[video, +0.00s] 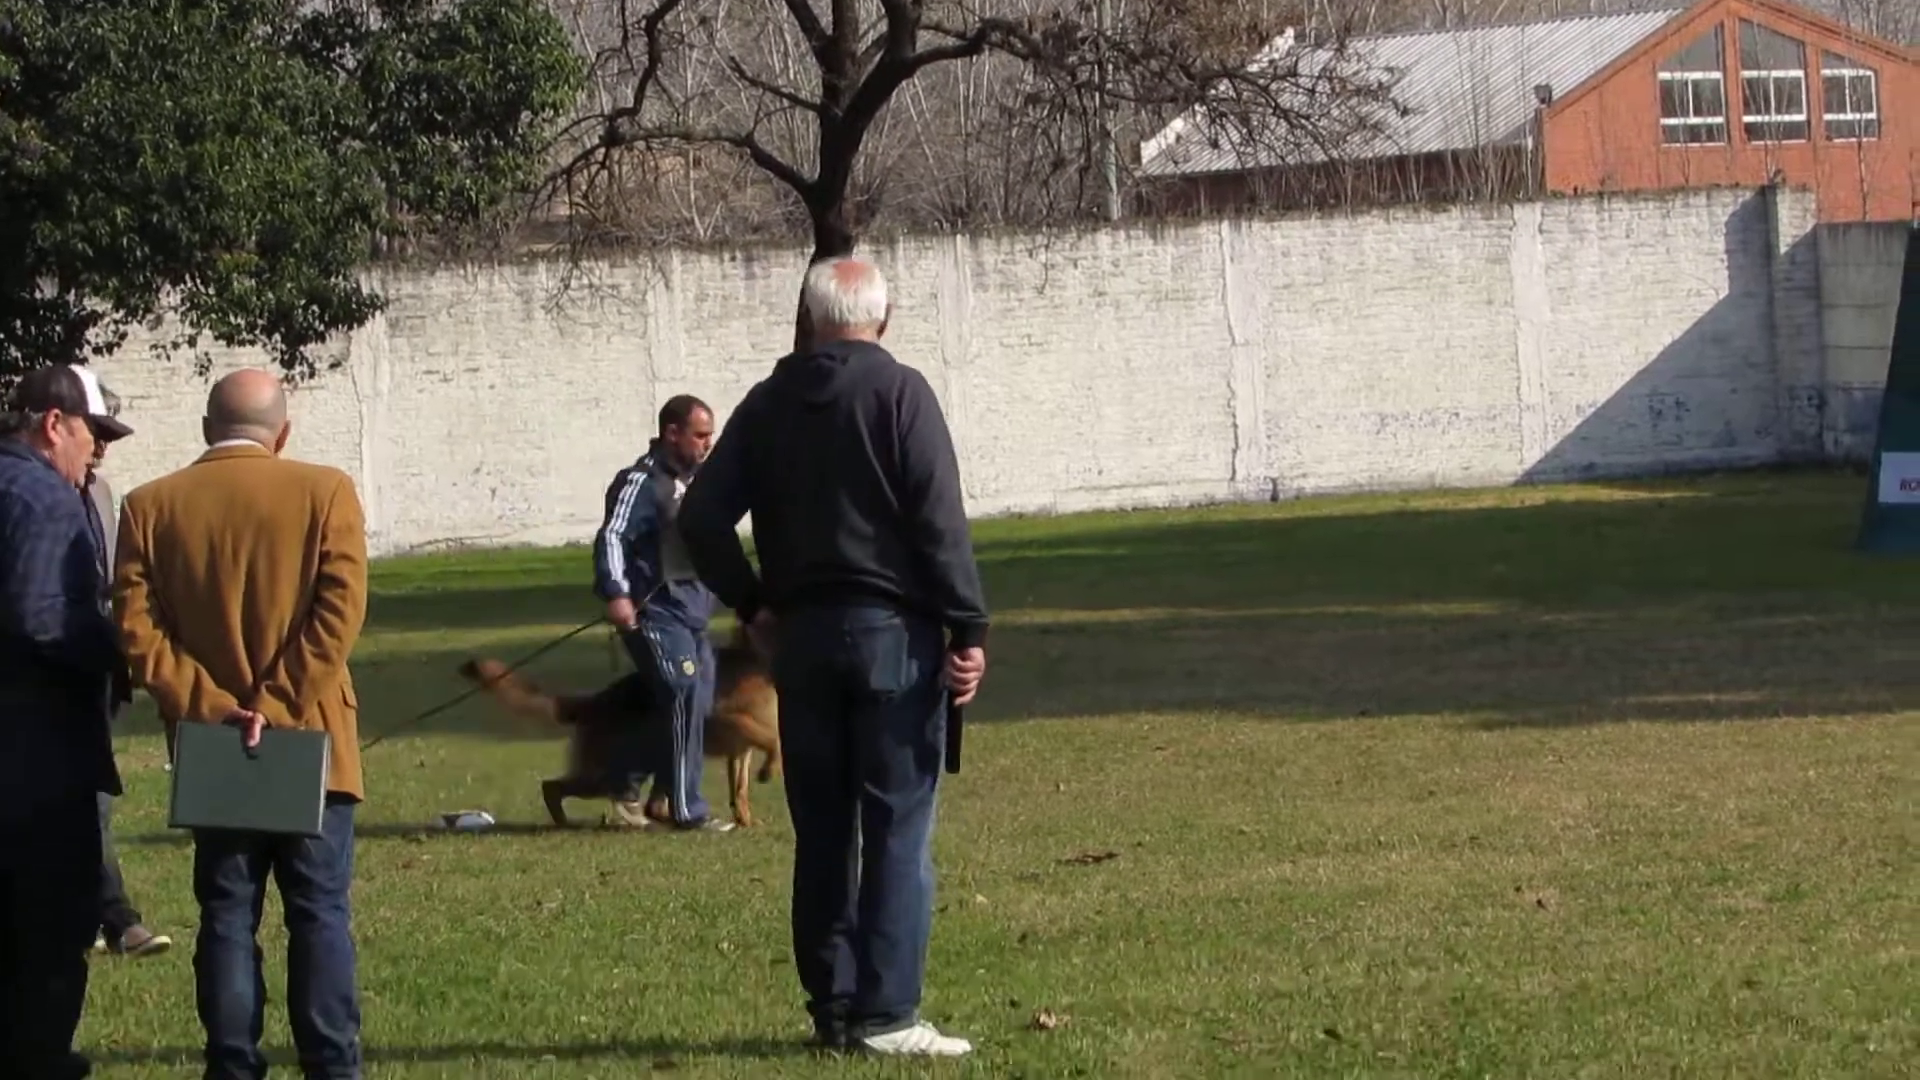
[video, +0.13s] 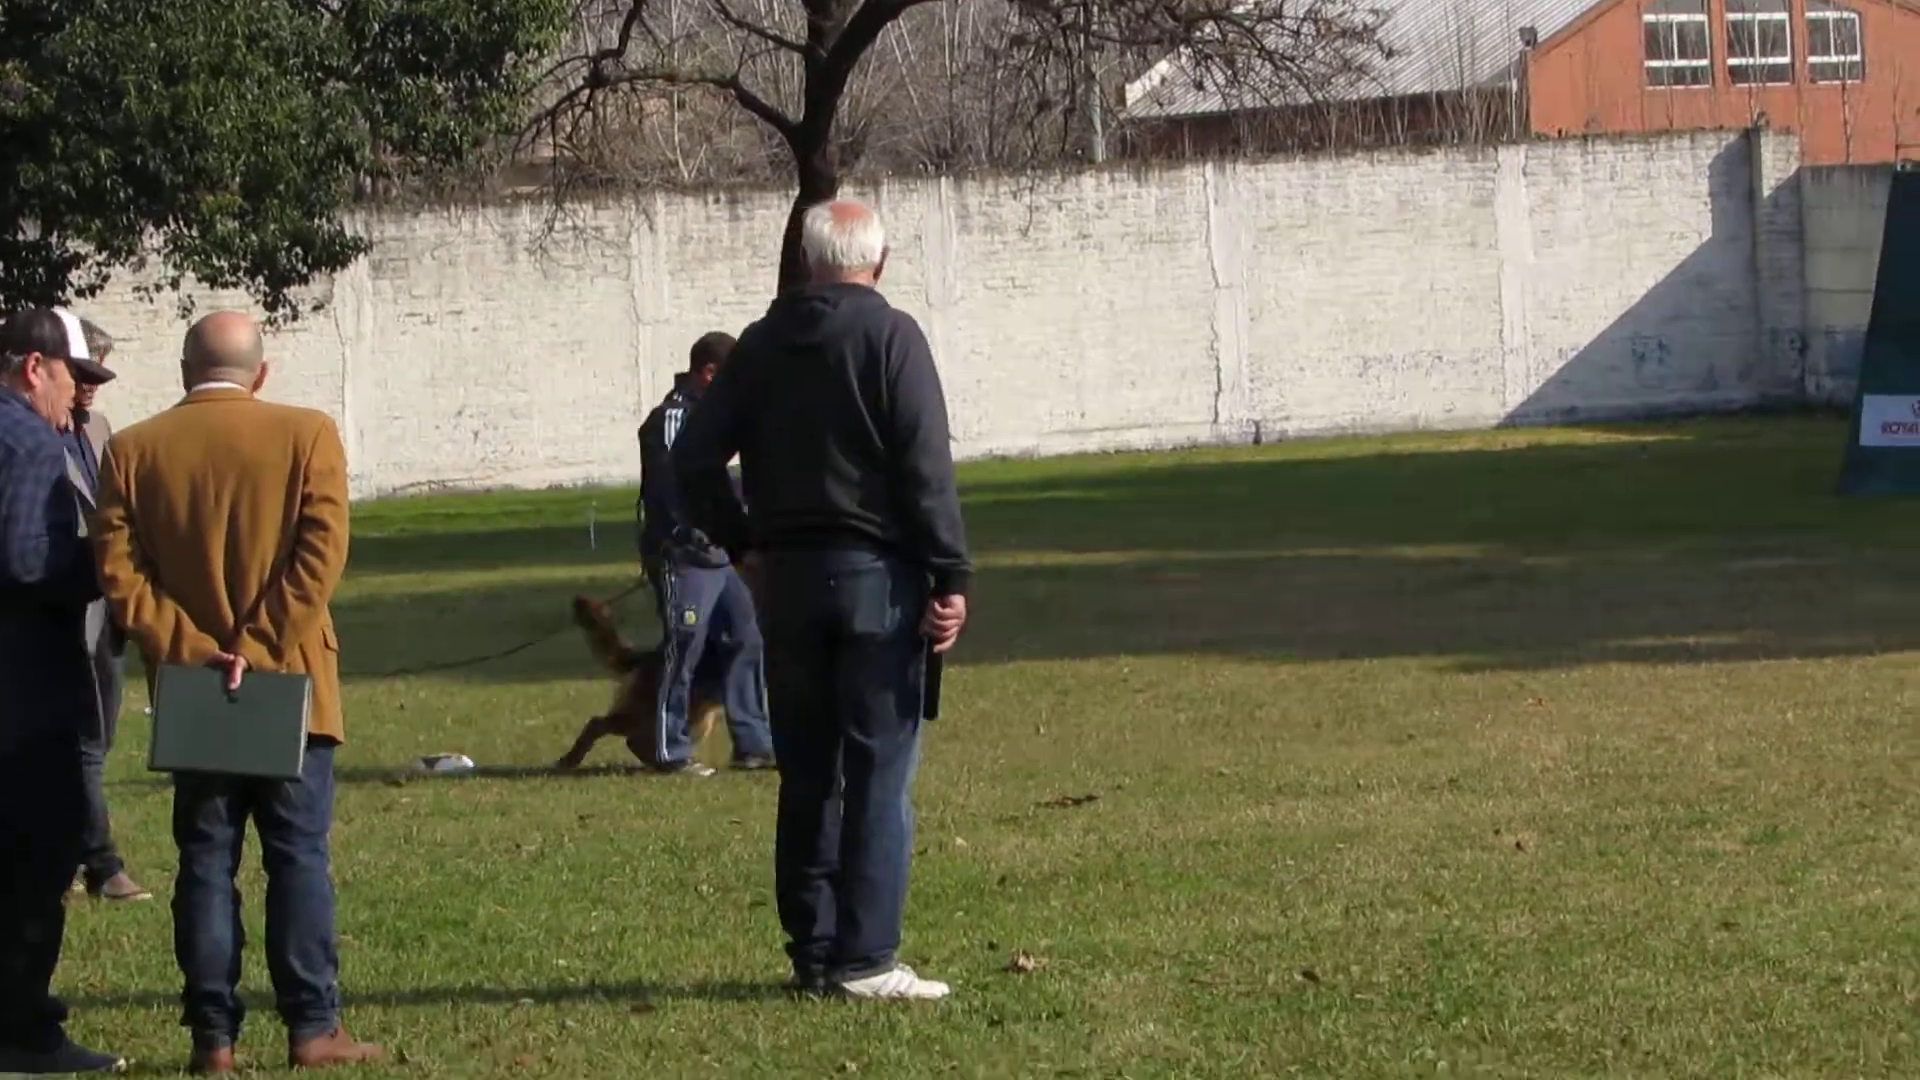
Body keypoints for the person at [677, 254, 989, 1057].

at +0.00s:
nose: (890, 326)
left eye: (886, 316)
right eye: (888, 316)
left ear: (803, 322)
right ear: (881, 321)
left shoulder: (765, 401)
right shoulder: (899, 391)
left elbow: (700, 516)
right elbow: (938, 521)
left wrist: (751, 602)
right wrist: (970, 627)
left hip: (800, 640)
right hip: (891, 636)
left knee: (819, 826)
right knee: (900, 822)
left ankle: (833, 1009)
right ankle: (888, 1016)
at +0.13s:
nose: (887, 267)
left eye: (882, 255)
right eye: (886, 257)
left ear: (801, 258)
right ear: (876, 263)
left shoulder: (761, 340)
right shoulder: (890, 335)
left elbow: (695, 457)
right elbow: (925, 467)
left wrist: (740, 543)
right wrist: (951, 572)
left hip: (785, 584)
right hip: (873, 579)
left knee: (806, 771)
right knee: (879, 770)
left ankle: (813, 953)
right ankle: (867, 960)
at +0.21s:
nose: (870, 229)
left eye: (866, 217)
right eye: (868, 219)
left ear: (783, 219)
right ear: (856, 224)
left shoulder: (738, 302)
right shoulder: (870, 296)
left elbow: (671, 409)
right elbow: (904, 430)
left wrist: (716, 500)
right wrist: (927, 537)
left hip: (763, 545)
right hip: (852, 542)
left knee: (785, 732)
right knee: (857, 733)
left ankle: (791, 914)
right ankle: (844, 921)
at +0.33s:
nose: (832, 191)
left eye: (827, 179)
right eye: (831, 180)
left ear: (749, 176)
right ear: (819, 184)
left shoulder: (701, 257)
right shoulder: (829, 256)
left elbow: (628, 369)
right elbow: (862, 392)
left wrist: (681, 462)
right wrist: (881, 502)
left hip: (721, 504)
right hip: (806, 502)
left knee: (742, 691)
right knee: (810, 693)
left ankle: (743, 877)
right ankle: (797, 882)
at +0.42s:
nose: (804, 173)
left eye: (799, 161)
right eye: (802, 162)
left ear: (723, 157)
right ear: (789, 165)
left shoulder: (674, 236)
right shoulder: (798, 238)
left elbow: (600, 352)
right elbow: (830, 373)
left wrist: (653, 442)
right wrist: (850, 484)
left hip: (692, 482)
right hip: (776, 481)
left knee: (711, 670)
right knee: (783, 672)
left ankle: (703, 859)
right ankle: (769, 864)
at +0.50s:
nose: (774, 159)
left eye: (768, 147)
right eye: (773, 148)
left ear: (694, 144)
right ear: (760, 150)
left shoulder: (644, 222)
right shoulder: (765, 225)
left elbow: (571, 340)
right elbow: (794, 360)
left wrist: (627, 424)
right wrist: (815, 470)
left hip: (663, 469)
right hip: (745, 470)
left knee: (678, 656)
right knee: (753, 656)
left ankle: (663, 844)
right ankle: (738, 851)